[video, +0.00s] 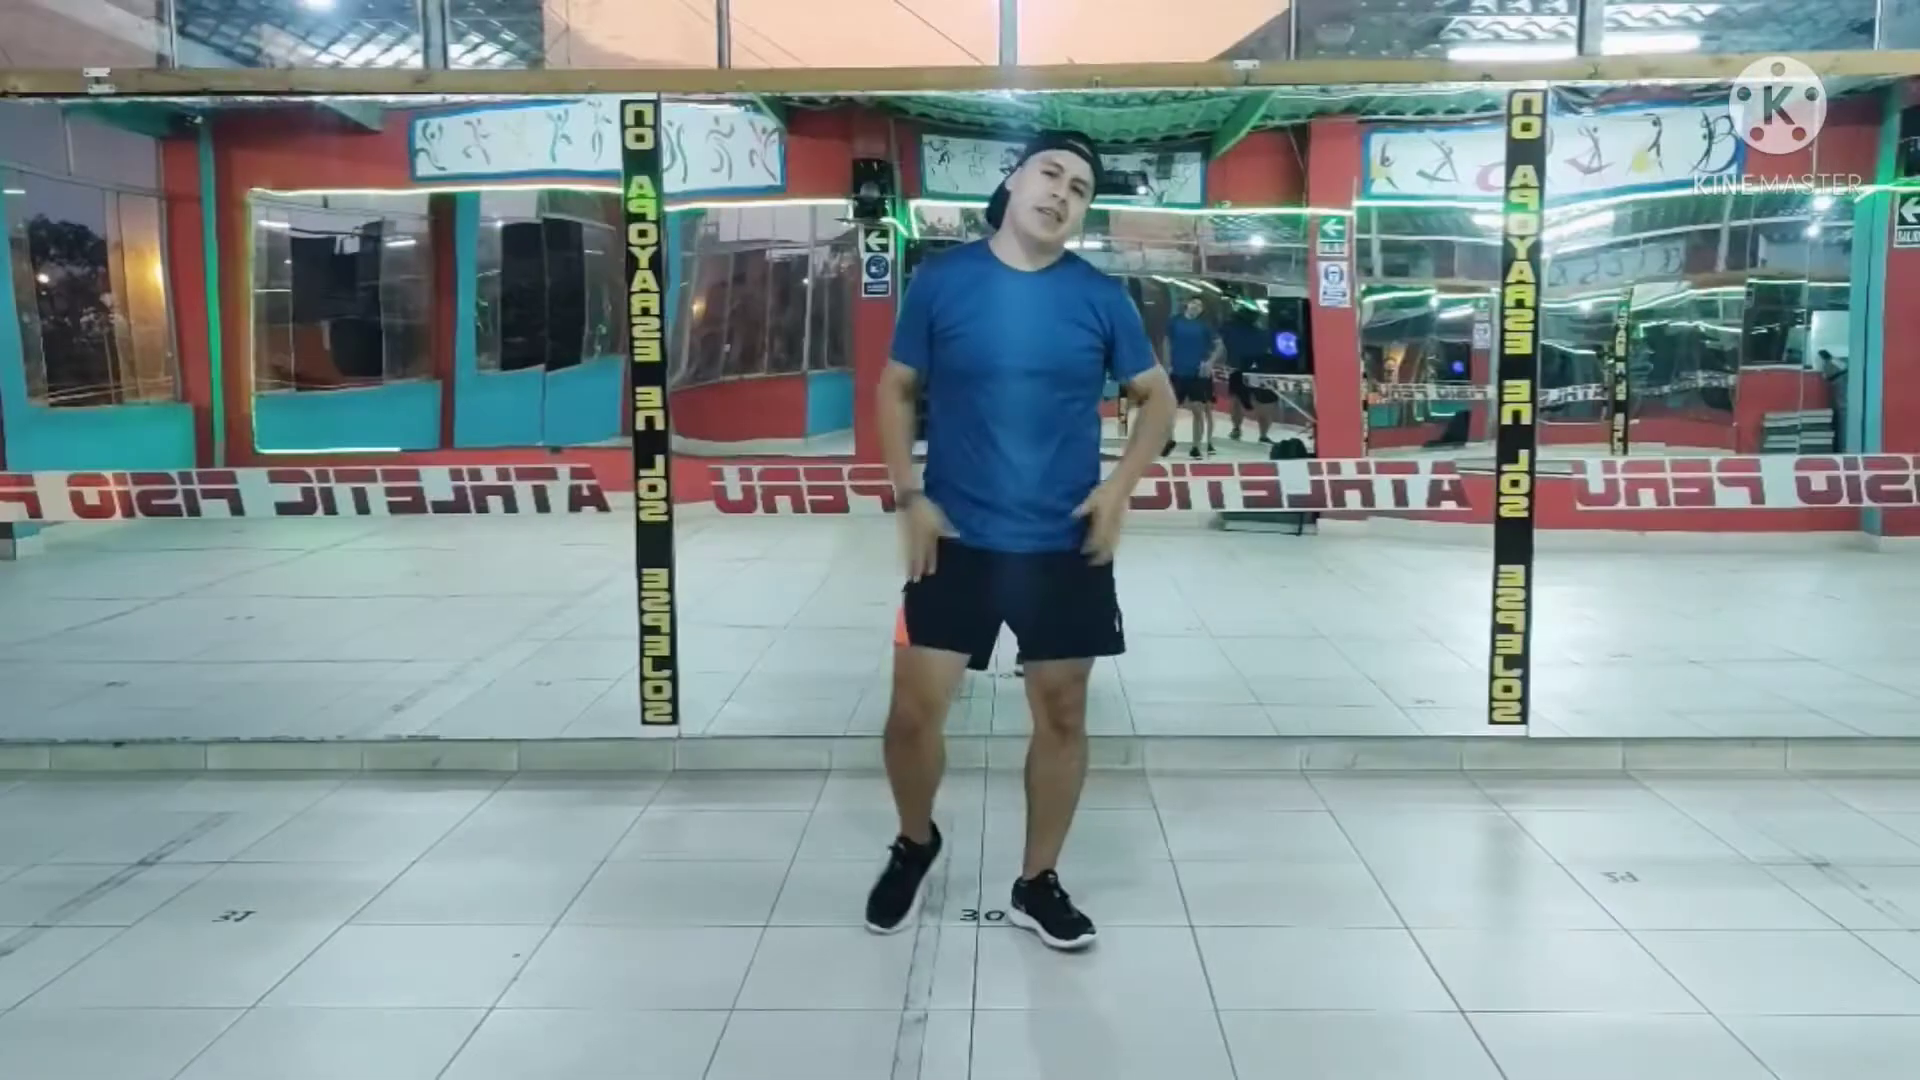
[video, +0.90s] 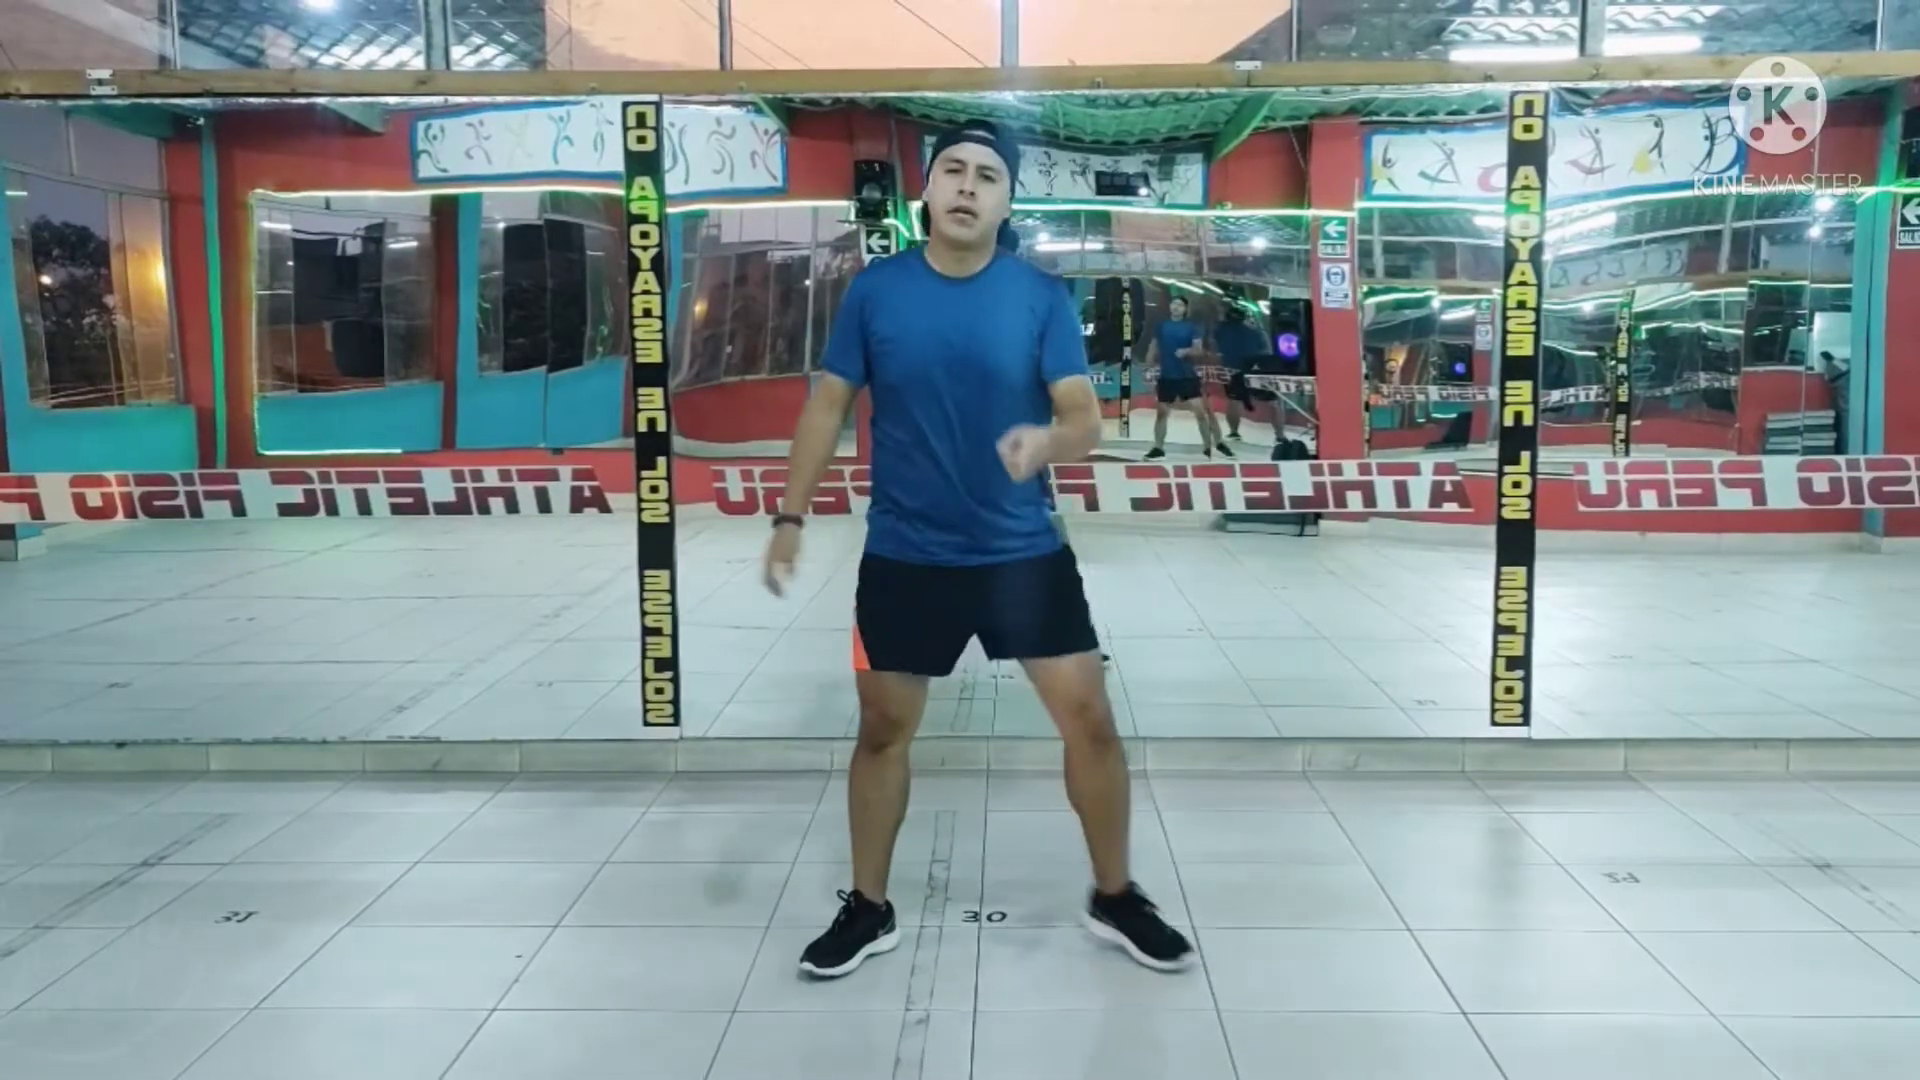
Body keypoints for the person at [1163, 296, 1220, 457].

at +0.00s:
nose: (1195, 308)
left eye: (1198, 306)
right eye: (1193, 304)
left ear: (1201, 309)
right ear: (1187, 305)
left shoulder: (1204, 325)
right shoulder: (1174, 322)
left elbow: (1219, 346)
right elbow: (1166, 342)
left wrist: (1209, 363)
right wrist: (1167, 364)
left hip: (1197, 373)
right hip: (1177, 372)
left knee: (1197, 410)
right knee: (1168, 407)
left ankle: (1196, 445)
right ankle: (1169, 438)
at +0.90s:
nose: (1176, 308)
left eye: (1180, 305)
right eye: (1174, 305)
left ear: (1185, 309)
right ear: (1169, 307)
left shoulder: (1192, 328)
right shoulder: (1162, 327)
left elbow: (1199, 350)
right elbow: (1153, 347)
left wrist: (1187, 352)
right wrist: (1149, 364)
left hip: (1188, 376)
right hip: (1167, 376)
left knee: (1200, 412)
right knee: (1162, 412)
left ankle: (1208, 446)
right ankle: (1158, 447)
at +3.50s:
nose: (1184, 309)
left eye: (1187, 307)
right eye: (1182, 306)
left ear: (1193, 311)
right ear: (1177, 308)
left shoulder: (1200, 329)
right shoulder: (1170, 328)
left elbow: (1206, 351)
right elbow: (1164, 349)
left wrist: (1193, 343)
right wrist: (1160, 368)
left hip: (1194, 379)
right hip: (1173, 378)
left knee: (1204, 415)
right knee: (1167, 414)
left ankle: (1212, 450)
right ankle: (1163, 448)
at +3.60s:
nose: (1184, 309)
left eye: (1188, 307)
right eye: (1182, 306)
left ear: (1194, 311)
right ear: (1178, 308)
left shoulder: (1200, 328)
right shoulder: (1170, 328)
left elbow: (1206, 351)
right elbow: (1164, 348)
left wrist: (1193, 343)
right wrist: (1160, 368)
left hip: (1194, 379)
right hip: (1174, 378)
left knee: (1204, 415)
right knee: (1167, 414)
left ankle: (1213, 450)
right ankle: (1164, 448)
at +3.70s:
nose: (1184, 309)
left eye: (1188, 307)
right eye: (1182, 306)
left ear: (1194, 311)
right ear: (1178, 308)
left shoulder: (1200, 328)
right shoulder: (1170, 328)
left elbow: (1206, 351)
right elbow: (1164, 349)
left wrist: (1193, 344)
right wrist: (1160, 368)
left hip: (1194, 379)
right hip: (1174, 378)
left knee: (1204, 415)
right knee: (1167, 414)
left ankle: (1213, 450)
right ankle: (1164, 448)